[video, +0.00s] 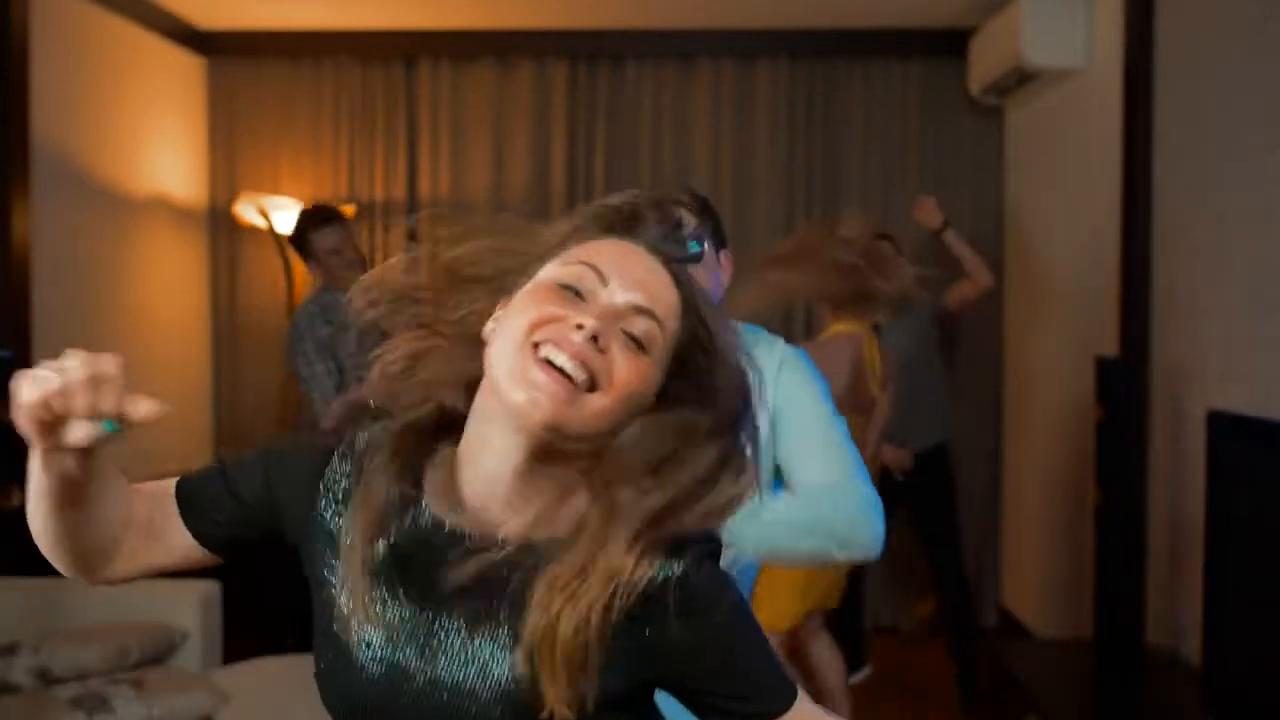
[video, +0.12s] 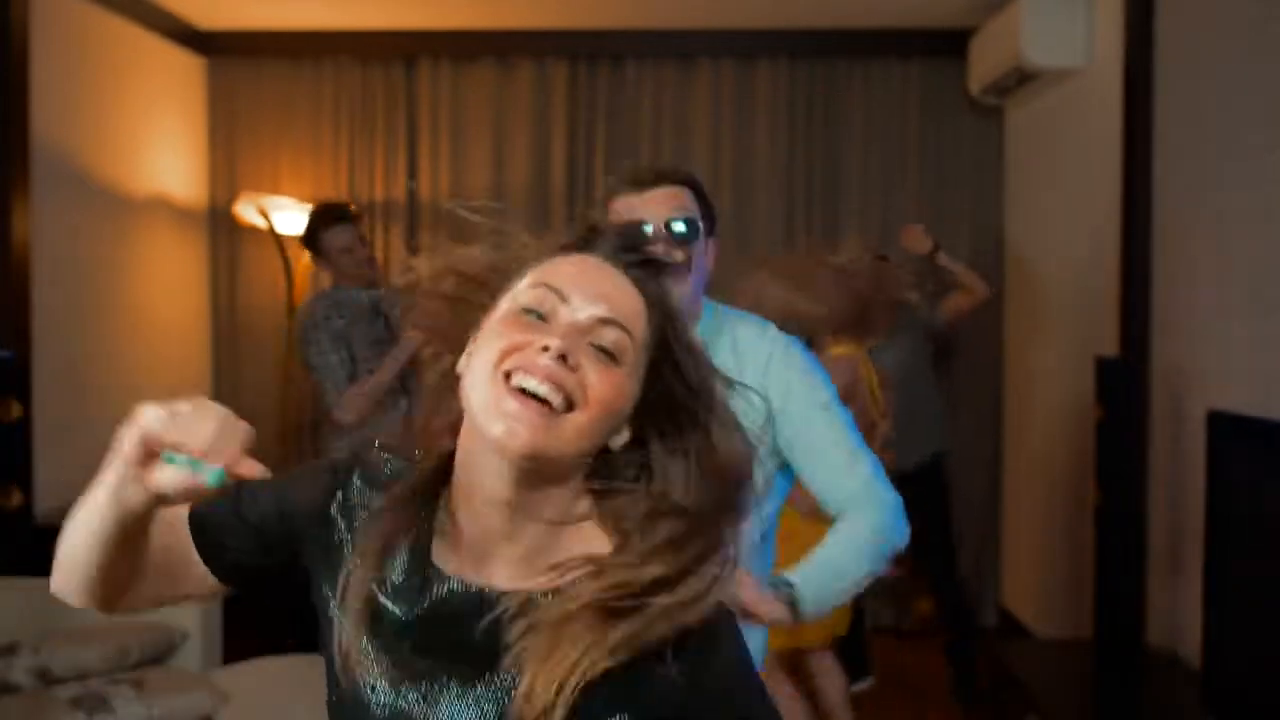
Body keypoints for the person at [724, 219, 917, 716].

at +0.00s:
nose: (803, 289)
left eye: (809, 278)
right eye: (807, 278)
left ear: (821, 287)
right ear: (860, 286)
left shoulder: (837, 345)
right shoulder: (867, 342)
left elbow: (817, 422)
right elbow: (878, 408)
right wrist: (872, 454)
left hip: (815, 504)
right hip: (844, 504)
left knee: (765, 629)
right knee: (809, 626)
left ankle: (799, 707)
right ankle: (839, 708)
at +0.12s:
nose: (657, 251)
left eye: (678, 231)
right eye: (632, 235)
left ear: (710, 251)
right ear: (602, 248)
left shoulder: (759, 353)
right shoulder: (564, 348)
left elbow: (878, 516)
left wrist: (787, 596)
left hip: (717, 658)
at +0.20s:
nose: (648, 227)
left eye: (670, 212)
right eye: (624, 212)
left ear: (695, 238)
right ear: (593, 234)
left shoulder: (754, 337)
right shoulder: (559, 335)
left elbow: (886, 474)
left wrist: (850, 609)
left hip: (719, 655)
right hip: (580, 639)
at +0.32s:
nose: (643, 205)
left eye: (663, 191)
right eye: (618, 191)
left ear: (685, 218)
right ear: (584, 220)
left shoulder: (753, 313)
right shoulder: (558, 315)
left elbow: (897, 413)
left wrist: (926, 561)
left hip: (733, 596)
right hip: (597, 585)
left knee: (738, 705)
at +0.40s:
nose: (641, 201)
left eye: (662, 188)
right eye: (616, 188)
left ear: (684, 219)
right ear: (580, 220)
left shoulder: (748, 305)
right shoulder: (543, 296)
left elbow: (902, 381)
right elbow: (491, 414)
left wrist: (961, 513)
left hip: (743, 593)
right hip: (600, 584)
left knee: (747, 708)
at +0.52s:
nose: (641, 213)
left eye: (661, 199)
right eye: (616, 200)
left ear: (682, 227)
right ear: (580, 229)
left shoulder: (744, 311)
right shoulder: (551, 295)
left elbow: (902, 347)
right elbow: (520, 397)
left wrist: (986, 456)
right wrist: (644, 365)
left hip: (749, 587)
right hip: (612, 580)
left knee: (768, 705)